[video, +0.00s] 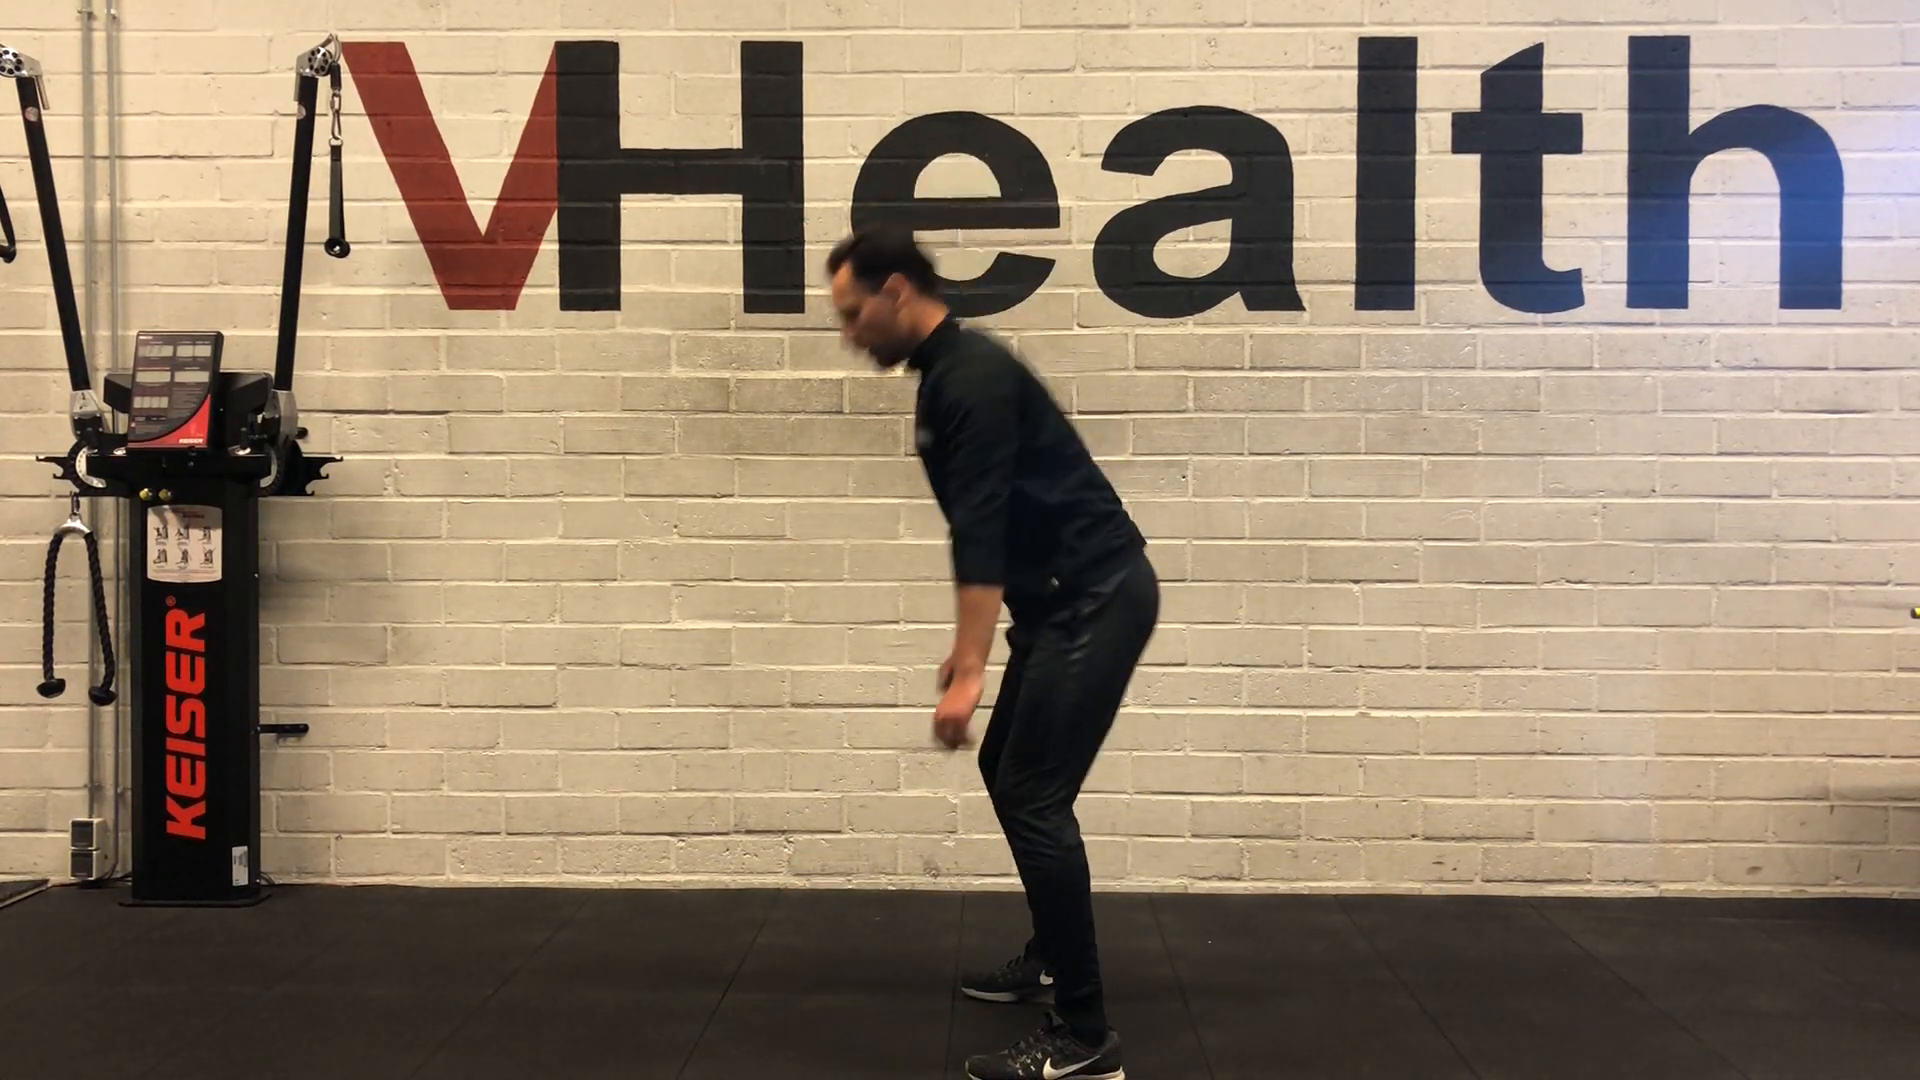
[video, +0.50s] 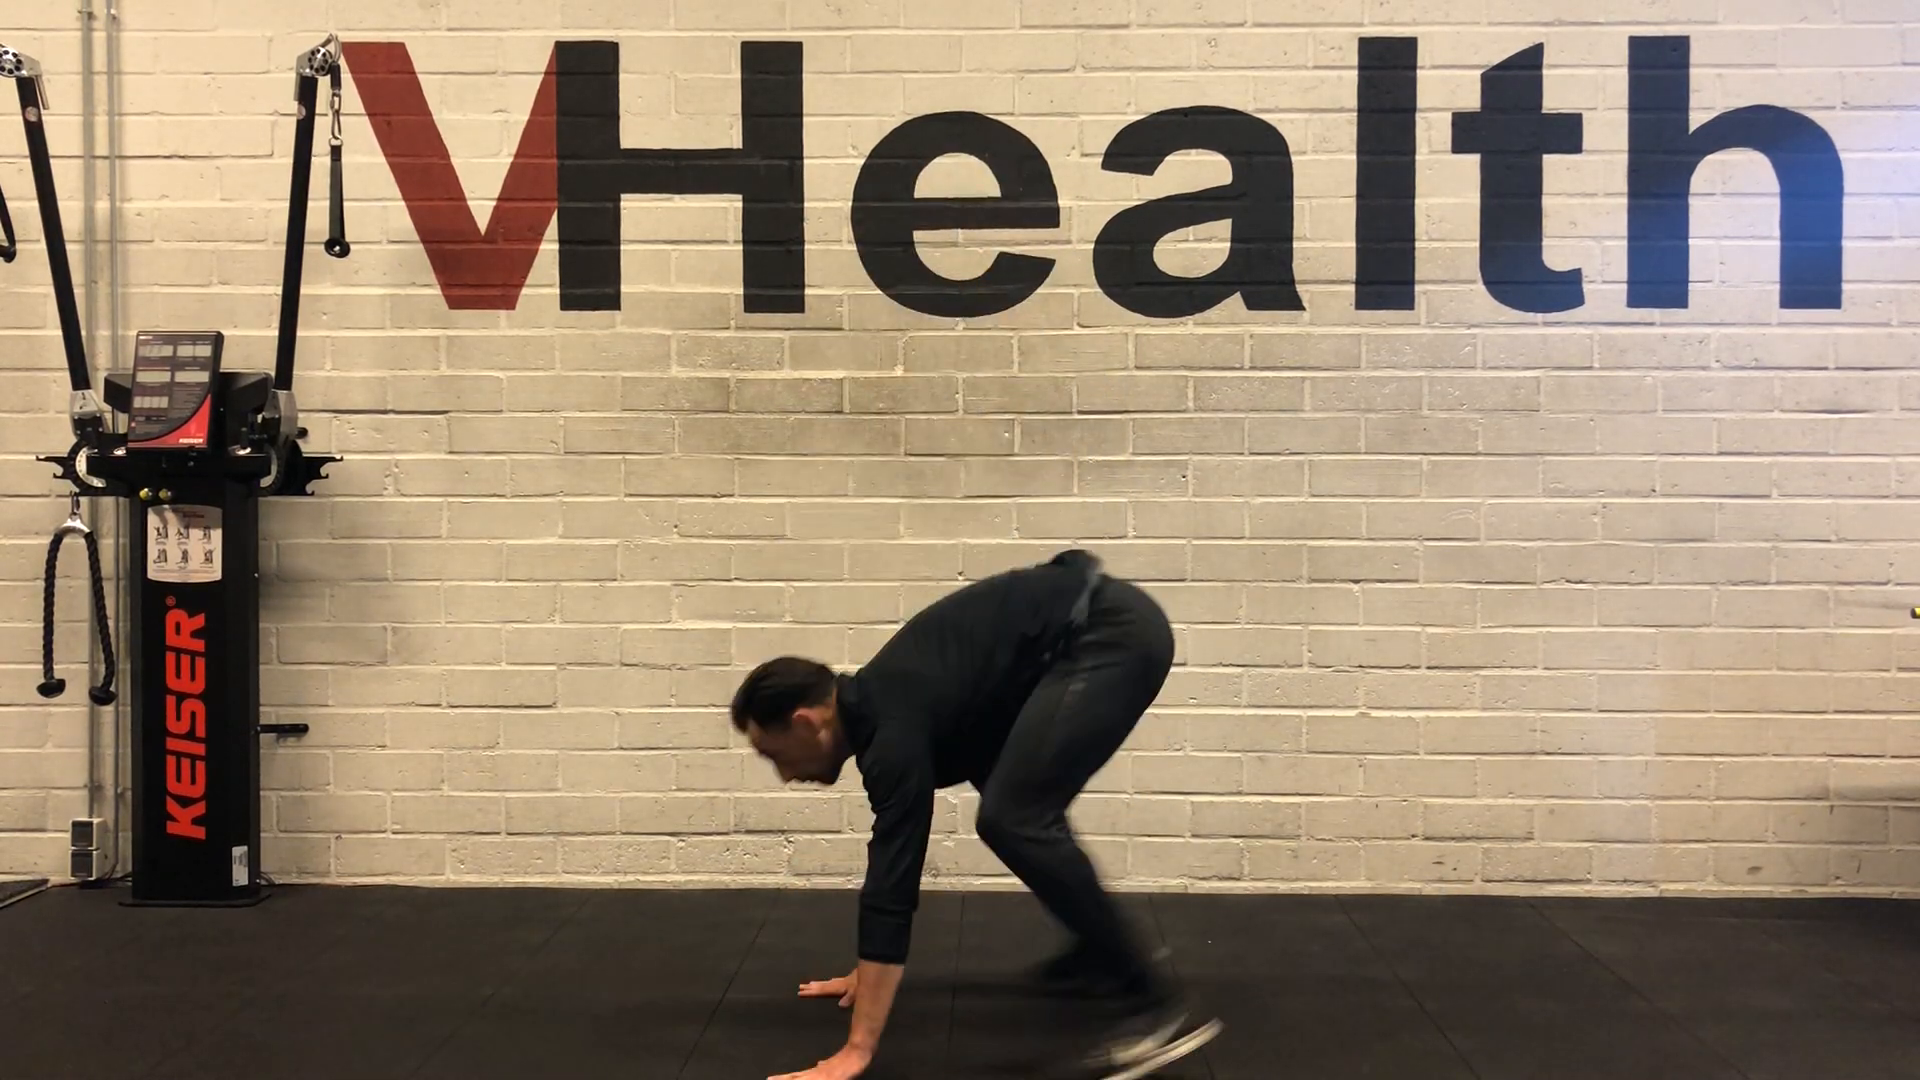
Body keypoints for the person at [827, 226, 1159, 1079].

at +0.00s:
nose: (847, 334)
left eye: (851, 314)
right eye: (840, 318)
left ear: (899, 291)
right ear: (896, 295)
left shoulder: (971, 381)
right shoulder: (948, 376)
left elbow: (981, 540)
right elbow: (980, 537)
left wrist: (965, 674)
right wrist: (968, 661)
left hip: (1100, 600)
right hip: (1059, 602)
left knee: (1035, 792)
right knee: (1010, 769)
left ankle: (1083, 1032)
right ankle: (1056, 956)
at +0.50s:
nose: (782, 773)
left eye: (774, 755)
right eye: (769, 760)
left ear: (807, 720)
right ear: (814, 709)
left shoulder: (894, 732)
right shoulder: (878, 701)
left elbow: (893, 891)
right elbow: (889, 862)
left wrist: (858, 1049)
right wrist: (869, 969)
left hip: (1116, 634)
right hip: (1093, 626)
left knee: (1014, 818)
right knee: (1009, 801)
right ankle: (1105, 942)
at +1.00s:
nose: (742, 748)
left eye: (746, 730)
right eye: (738, 732)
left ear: (795, 718)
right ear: (804, 709)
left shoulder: (883, 778)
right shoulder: (875, 753)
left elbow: (916, 925)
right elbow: (920, 891)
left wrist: (869, 1058)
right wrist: (887, 975)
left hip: (1061, 939)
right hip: (1062, 904)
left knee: (1267, 1044)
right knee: (1226, 965)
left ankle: (1496, 1011)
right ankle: (1415, 911)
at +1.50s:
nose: (793, 703)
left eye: (790, 685)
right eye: (784, 689)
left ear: (828, 655)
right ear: (832, 651)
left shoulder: (909, 697)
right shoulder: (898, 671)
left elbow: (884, 855)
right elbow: (885, 826)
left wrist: (832, 1010)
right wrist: (845, 919)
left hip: (1159, 699)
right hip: (1131, 680)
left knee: (1003, 817)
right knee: (992, 795)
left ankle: (1088, 1035)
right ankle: (1039, 949)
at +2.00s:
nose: (879, 277)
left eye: (890, 260)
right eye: (879, 262)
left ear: (944, 259)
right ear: (942, 262)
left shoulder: (991, 347)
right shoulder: (966, 346)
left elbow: (1034, 497)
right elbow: (1017, 492)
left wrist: (1040, 633)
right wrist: (1019, 613)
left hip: (1080, 593)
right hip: (1041, 592)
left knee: (1032, 791)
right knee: (997, 764)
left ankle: (1089, 1033)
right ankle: (1046, 949)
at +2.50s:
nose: (930, 234)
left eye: (940, 218)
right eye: (929, 219)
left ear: (995, 219)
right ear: (991, 221)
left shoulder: (1034, 321)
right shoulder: (1009, 318)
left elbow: (1065, 471)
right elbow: (1026, 467)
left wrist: (1045, 605)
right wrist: (1001, 594)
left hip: (1033, 595)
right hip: (1007, 590)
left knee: (1057, 800)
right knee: (1030, 784)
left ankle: (1092, 1031)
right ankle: (1048, 952)